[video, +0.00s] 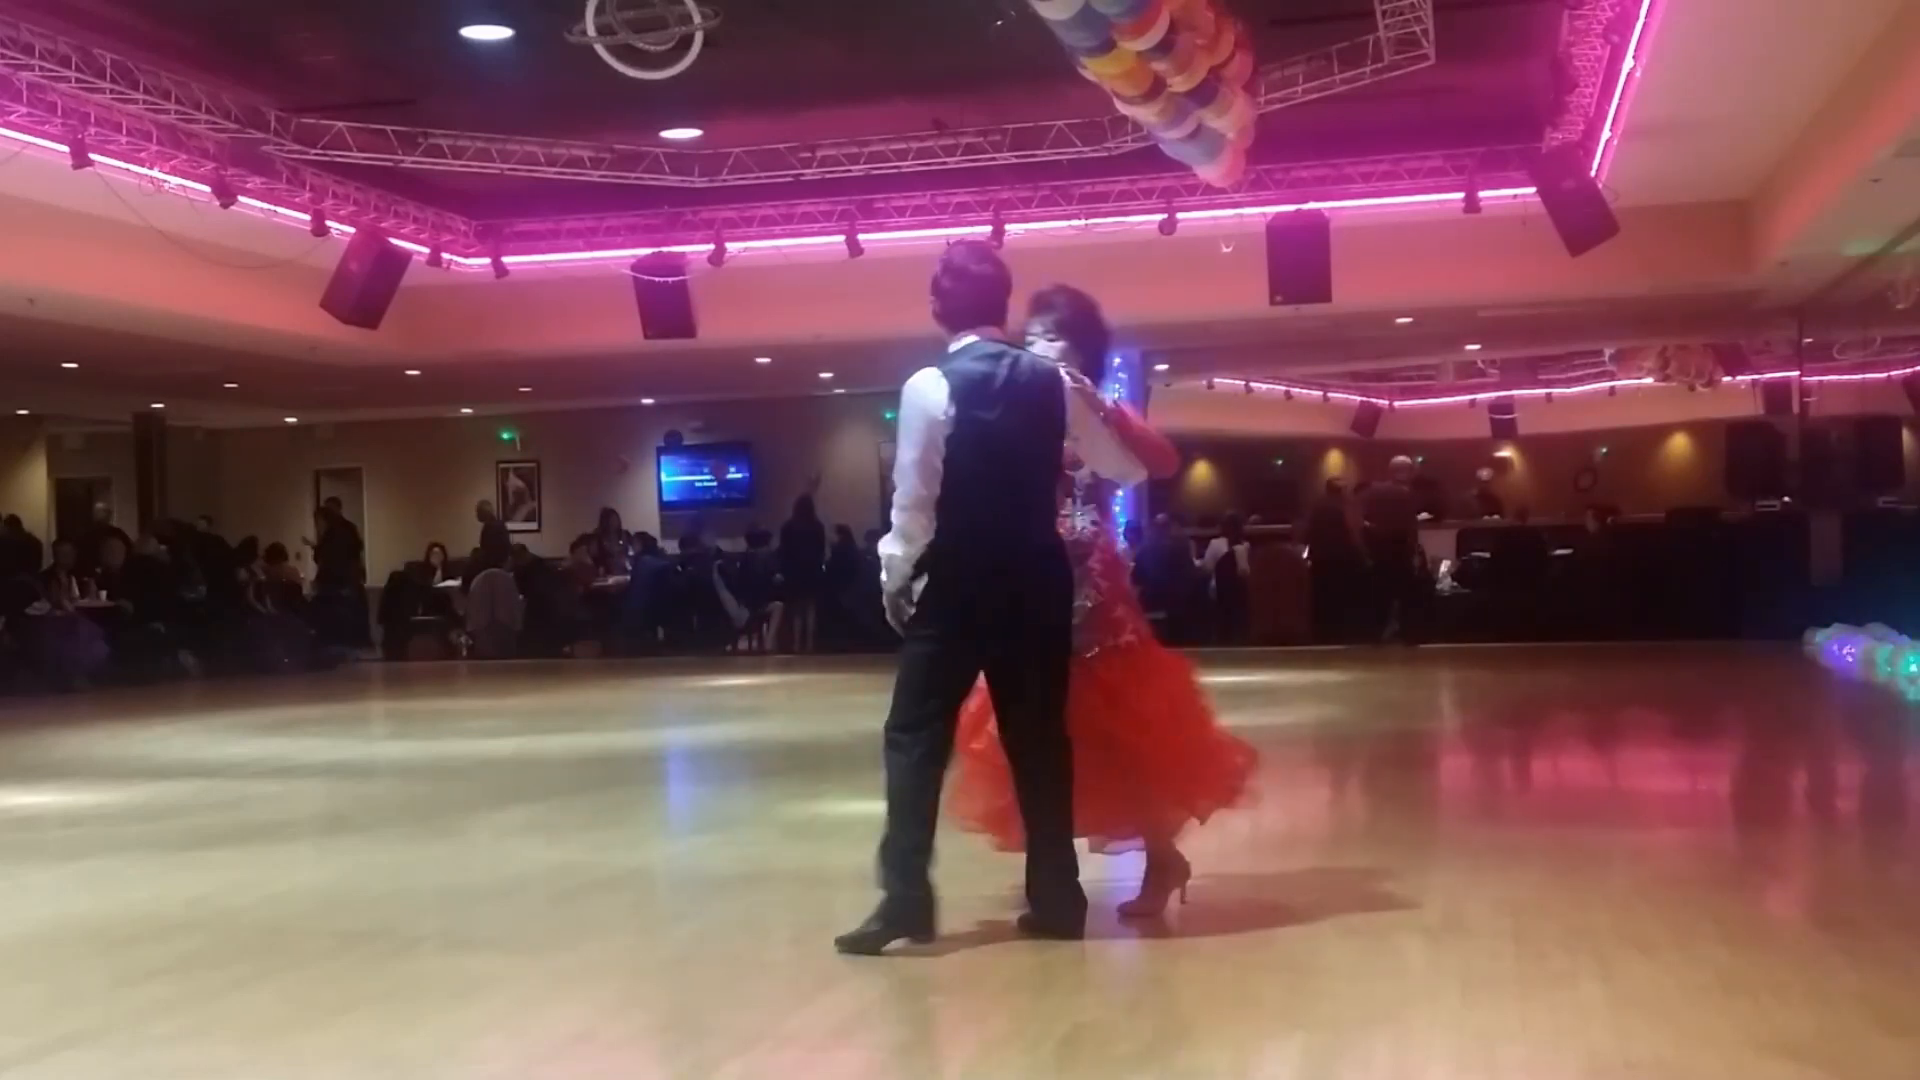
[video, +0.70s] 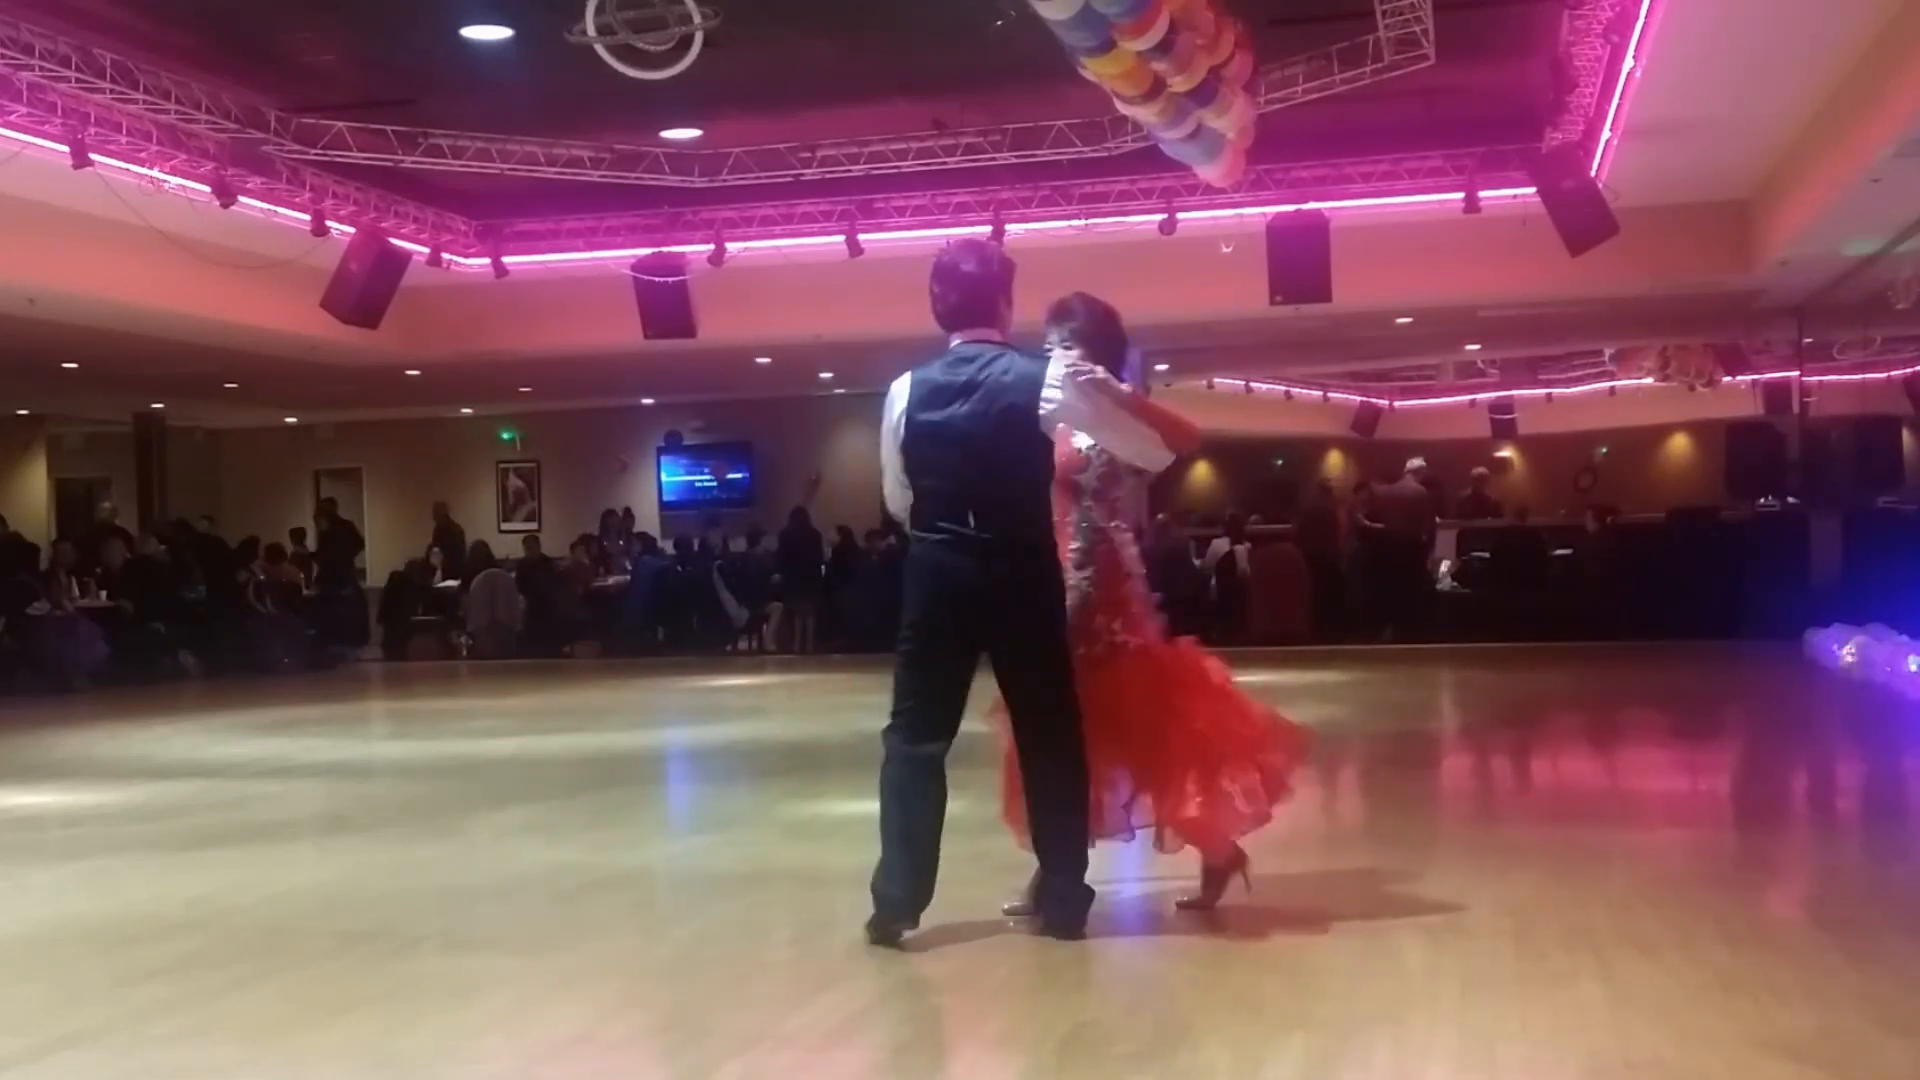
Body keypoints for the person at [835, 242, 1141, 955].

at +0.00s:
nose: (934, 317)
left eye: (935, 308)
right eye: (1013, 306)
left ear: (941, 313)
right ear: (1006, 309)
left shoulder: (929, 386)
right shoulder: (1056, 382)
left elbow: (916, 494)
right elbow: (1120, 465)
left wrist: (895, 577)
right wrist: (1073, 469)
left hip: (956, 583)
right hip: (1036, 582)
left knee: (913, 735)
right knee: (1039, 737)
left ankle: (905, 898)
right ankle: (1058, 902)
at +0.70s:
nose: (1010, 306)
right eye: (1007, 296)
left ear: (936, 309)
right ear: (1005, 303)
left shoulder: (906, 390)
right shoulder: (1053, 377)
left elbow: (899, 502)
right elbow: (1152, 451)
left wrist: (951, 532)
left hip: (937, 576)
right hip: (1025, 575)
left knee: (917, 729)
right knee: (1047, 726)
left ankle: (896, 906)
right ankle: (1064, 899)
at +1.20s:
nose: (987, 312)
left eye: (982, 301)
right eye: (983, 301)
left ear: (906, 301)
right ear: (970, 302)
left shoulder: (867, 378)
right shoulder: (965, 370)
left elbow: (849, 472)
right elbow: (1065, 387)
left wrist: (923, 477)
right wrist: (1119, 416)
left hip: (880, 564)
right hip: (949, 571)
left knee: (896, 728)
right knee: (993, 731)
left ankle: (886, 897)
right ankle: (1002, 897)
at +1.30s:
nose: (973, 313)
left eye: (971, 303)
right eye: (970, 303)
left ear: (900, 295)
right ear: (957, 304)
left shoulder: (861, 378)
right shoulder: (953, 368)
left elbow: (835, 474)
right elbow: (1044, 381)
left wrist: (900, 477)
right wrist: (1130, 387)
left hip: (873, 561)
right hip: (938, 565)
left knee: (888, 723)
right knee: (958, 730)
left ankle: (880, 894)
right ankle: (897, 887)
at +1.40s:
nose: (968, 309)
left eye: (966, 298)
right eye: (966, 298)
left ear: (896, 296)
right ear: (955, 299)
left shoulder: (857, 376)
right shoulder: (954, 368)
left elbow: (817, 471)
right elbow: (1048, 376)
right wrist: (1156, 369)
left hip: (872, 559)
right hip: (929, 562)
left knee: (894, 725)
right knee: (919, 729)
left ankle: (889, 893)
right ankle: (825, 869)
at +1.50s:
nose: (966, 312)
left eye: (964, 300)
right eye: (964, 300)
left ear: (895, 298)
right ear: (954, 301)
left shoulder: (858, 376)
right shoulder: (951, 370)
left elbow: (801, 469)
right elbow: (1048, 374)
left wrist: (829, 520)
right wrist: (1157, 357)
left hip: (870, 559)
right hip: (924, 562)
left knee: (903, 726)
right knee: (890, 726)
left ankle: (887, 894)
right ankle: (790, 877)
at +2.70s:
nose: (884, 311)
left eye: (886, 301)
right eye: (887, 301)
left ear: (900, 303)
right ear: (958, 301)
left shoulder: (891, 374)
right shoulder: (999, 376)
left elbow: (858, 467)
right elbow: (1040, 471)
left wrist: (807, 549)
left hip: (907, 571)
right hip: (979, 570)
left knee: (876, 730)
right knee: (966, 736)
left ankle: (886, 899)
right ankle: (997, 901)